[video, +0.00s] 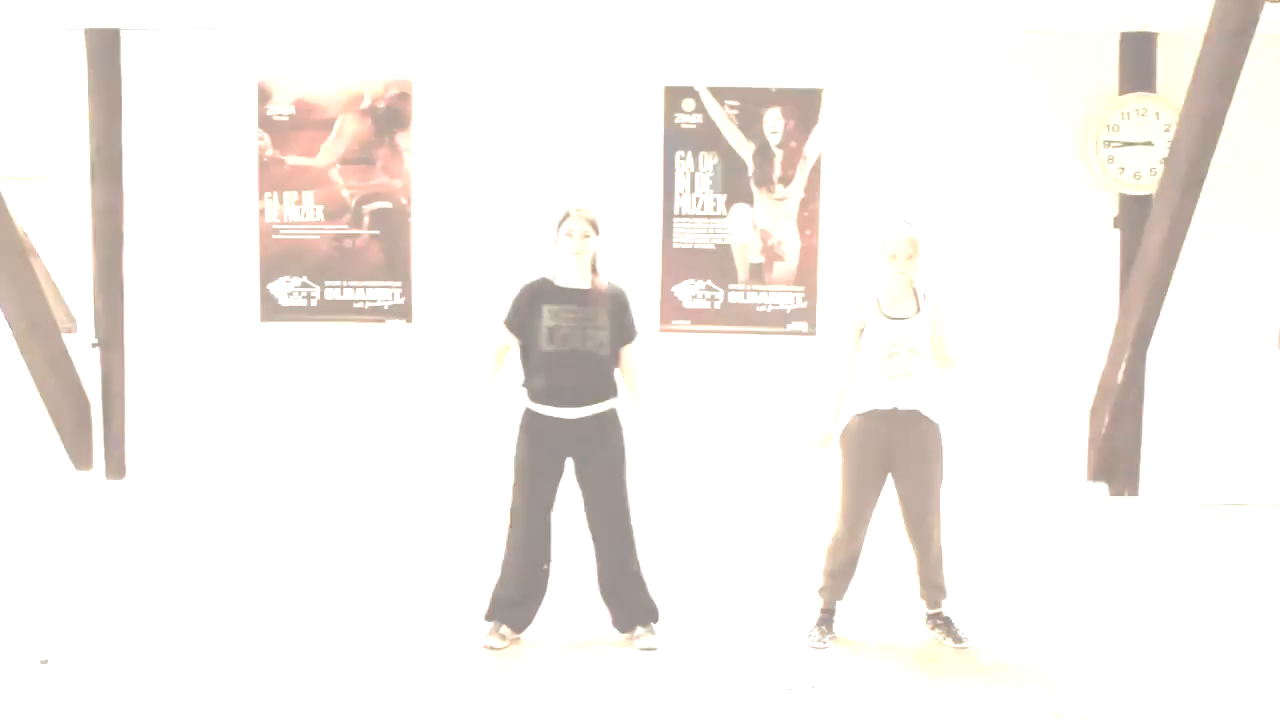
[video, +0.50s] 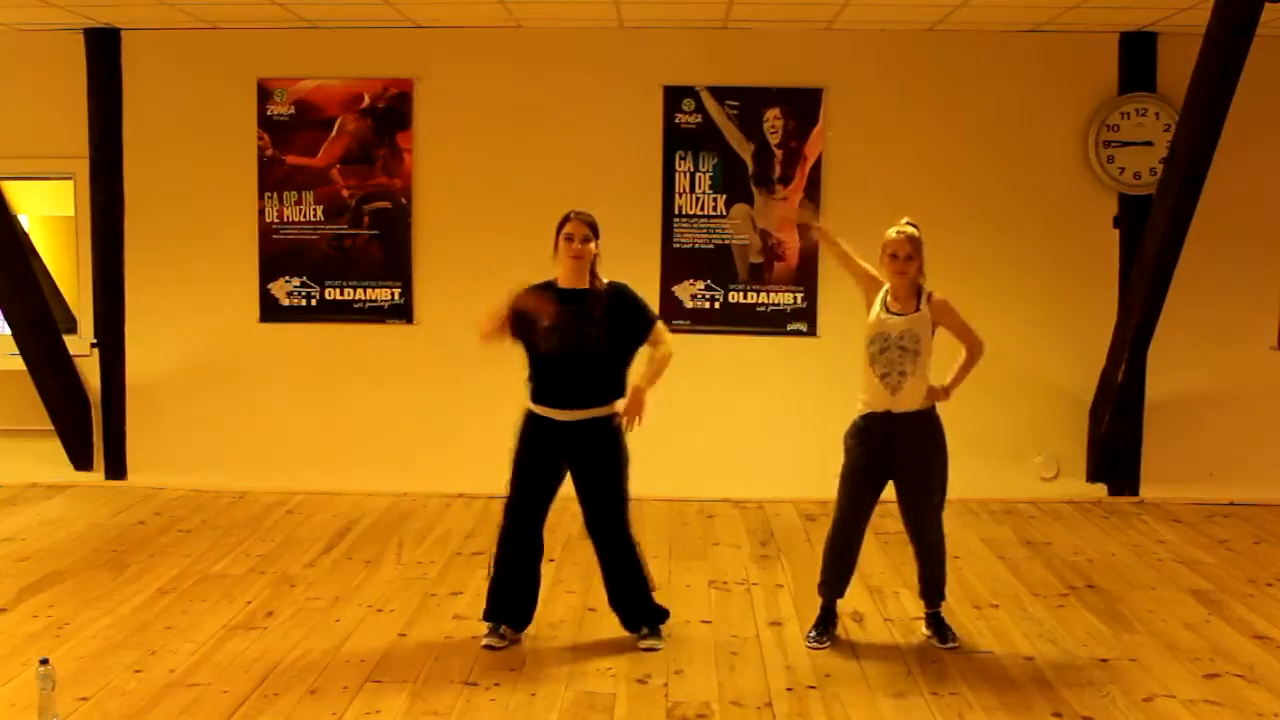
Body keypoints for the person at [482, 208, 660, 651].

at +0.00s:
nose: (577, 242)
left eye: (585, 235)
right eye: (569, 235)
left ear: (597, 244)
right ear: (556, 242)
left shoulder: (611, 297)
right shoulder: (534, 294)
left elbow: (627, 362)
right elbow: (502, 350)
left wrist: (642, 408)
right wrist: (488, 382)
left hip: (598, 423)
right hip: (542, 423)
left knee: (612, 520)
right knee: (527, 519)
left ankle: (635, 617)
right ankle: (508, 616)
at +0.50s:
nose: (578, 244)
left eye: (586, 239)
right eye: (569, 238)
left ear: (597, 249)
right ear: (556, 246)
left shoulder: (619, 300)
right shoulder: (532, 300)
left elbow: (664, 346)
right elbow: (489, 336)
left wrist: (641, 390)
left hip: (599, 430)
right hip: (543, 428)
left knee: (611, 527)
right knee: (520, 523)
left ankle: (643, 620)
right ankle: (505, 620)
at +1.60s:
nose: (596, 261)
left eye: (604, 255)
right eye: (590, 253)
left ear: (618, 259)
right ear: (579, 255)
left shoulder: (634, 311)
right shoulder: (563, 291)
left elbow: (677, 361)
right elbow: (538, 230)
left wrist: (653, 401)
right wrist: (518, 170)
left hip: (619, 432)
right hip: (563, 434)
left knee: (634, 528)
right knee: (534, 528)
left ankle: (649, 620)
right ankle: (505, 621)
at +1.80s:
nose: (596, 260)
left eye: (605, 253)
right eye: (591, 252)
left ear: (619, 258)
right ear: (580, 254)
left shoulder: (634, 310)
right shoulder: (563, 290)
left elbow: (678, 360)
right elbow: (538, 229)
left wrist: (652, 402)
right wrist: (519, 169)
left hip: (619, 432)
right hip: (563, 434)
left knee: (633, 529)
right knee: (534, 527)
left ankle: (649, 620)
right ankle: (506, 620)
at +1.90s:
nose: (596, 260)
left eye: (605, 254)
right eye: (590, 252)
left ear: (619, 259)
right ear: (580, 255)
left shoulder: (635, 309)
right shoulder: (564, 290)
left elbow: (679, 360)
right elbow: (538, 229)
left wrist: (653, 401)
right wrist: (520, 169)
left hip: (620, 432)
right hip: (563, 434)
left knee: (634, 529)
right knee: (535, 528)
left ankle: (649, 620)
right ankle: (506, 620)